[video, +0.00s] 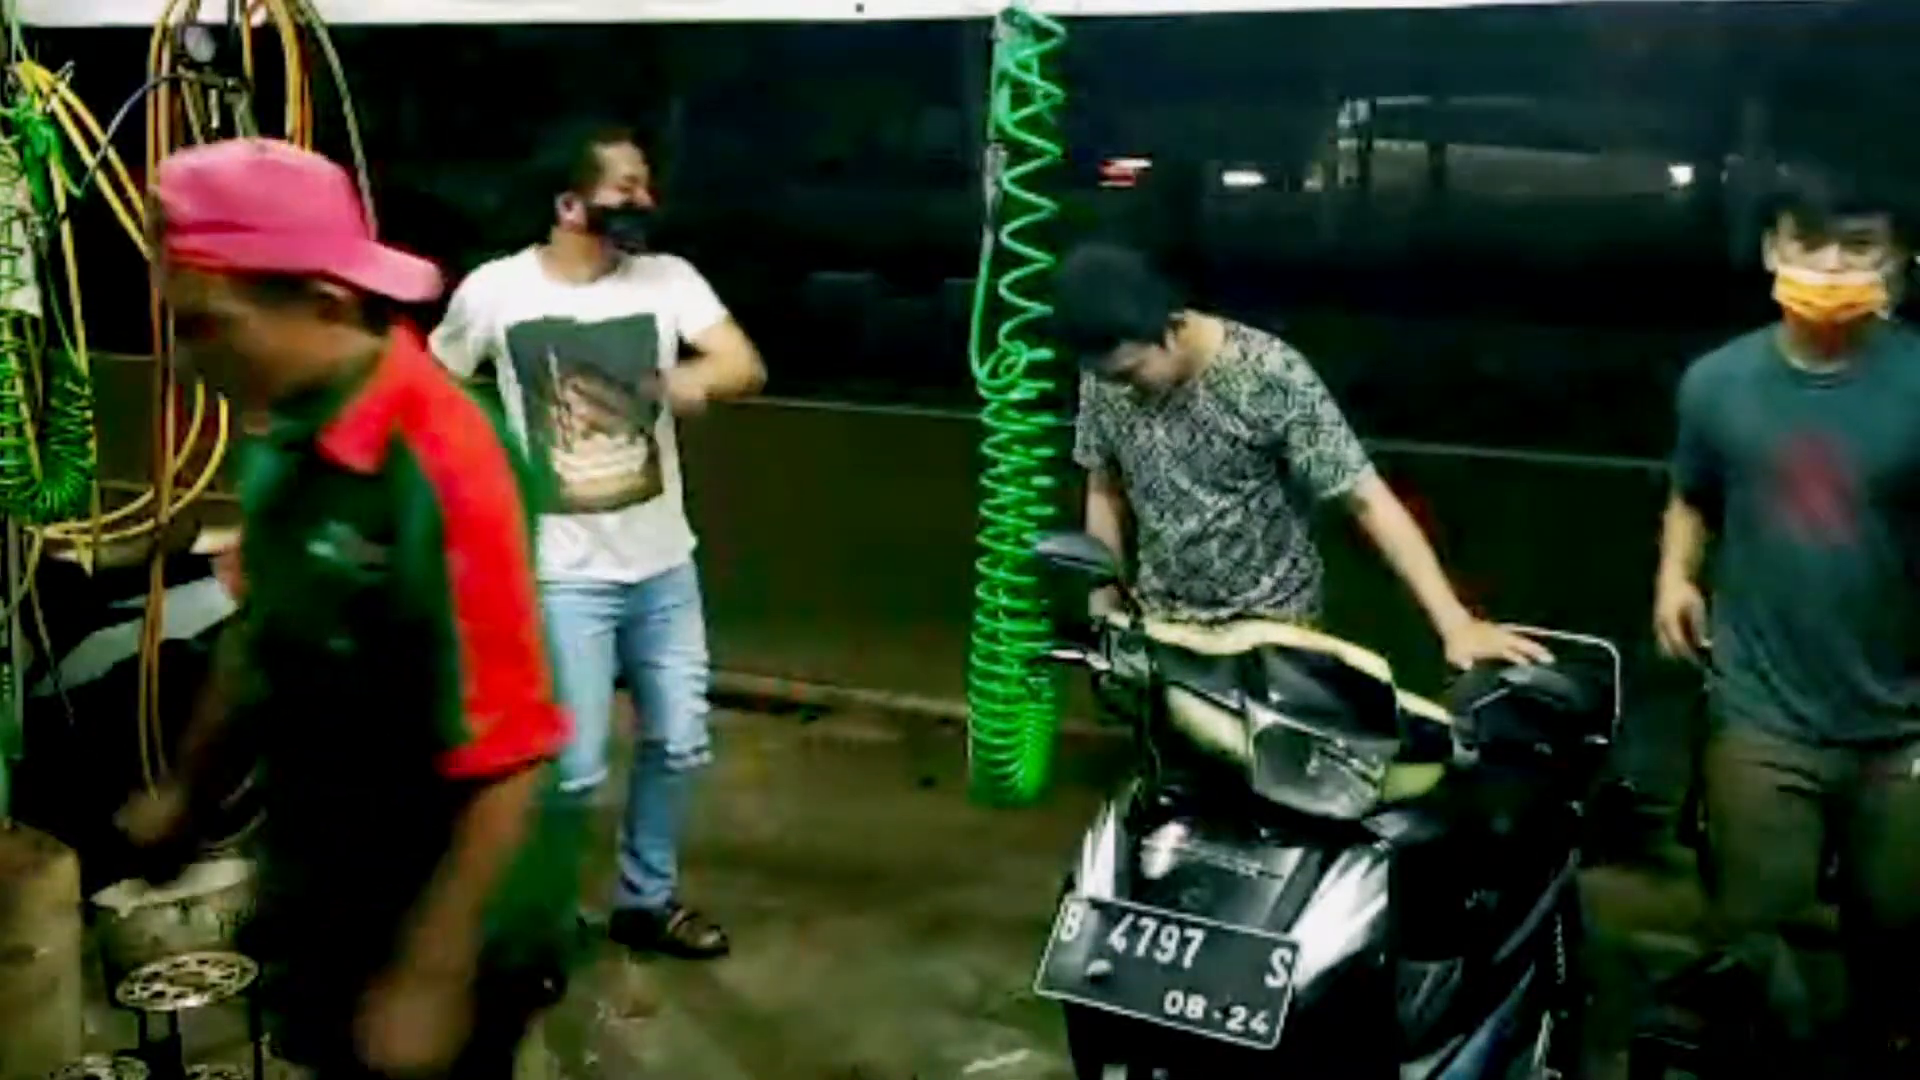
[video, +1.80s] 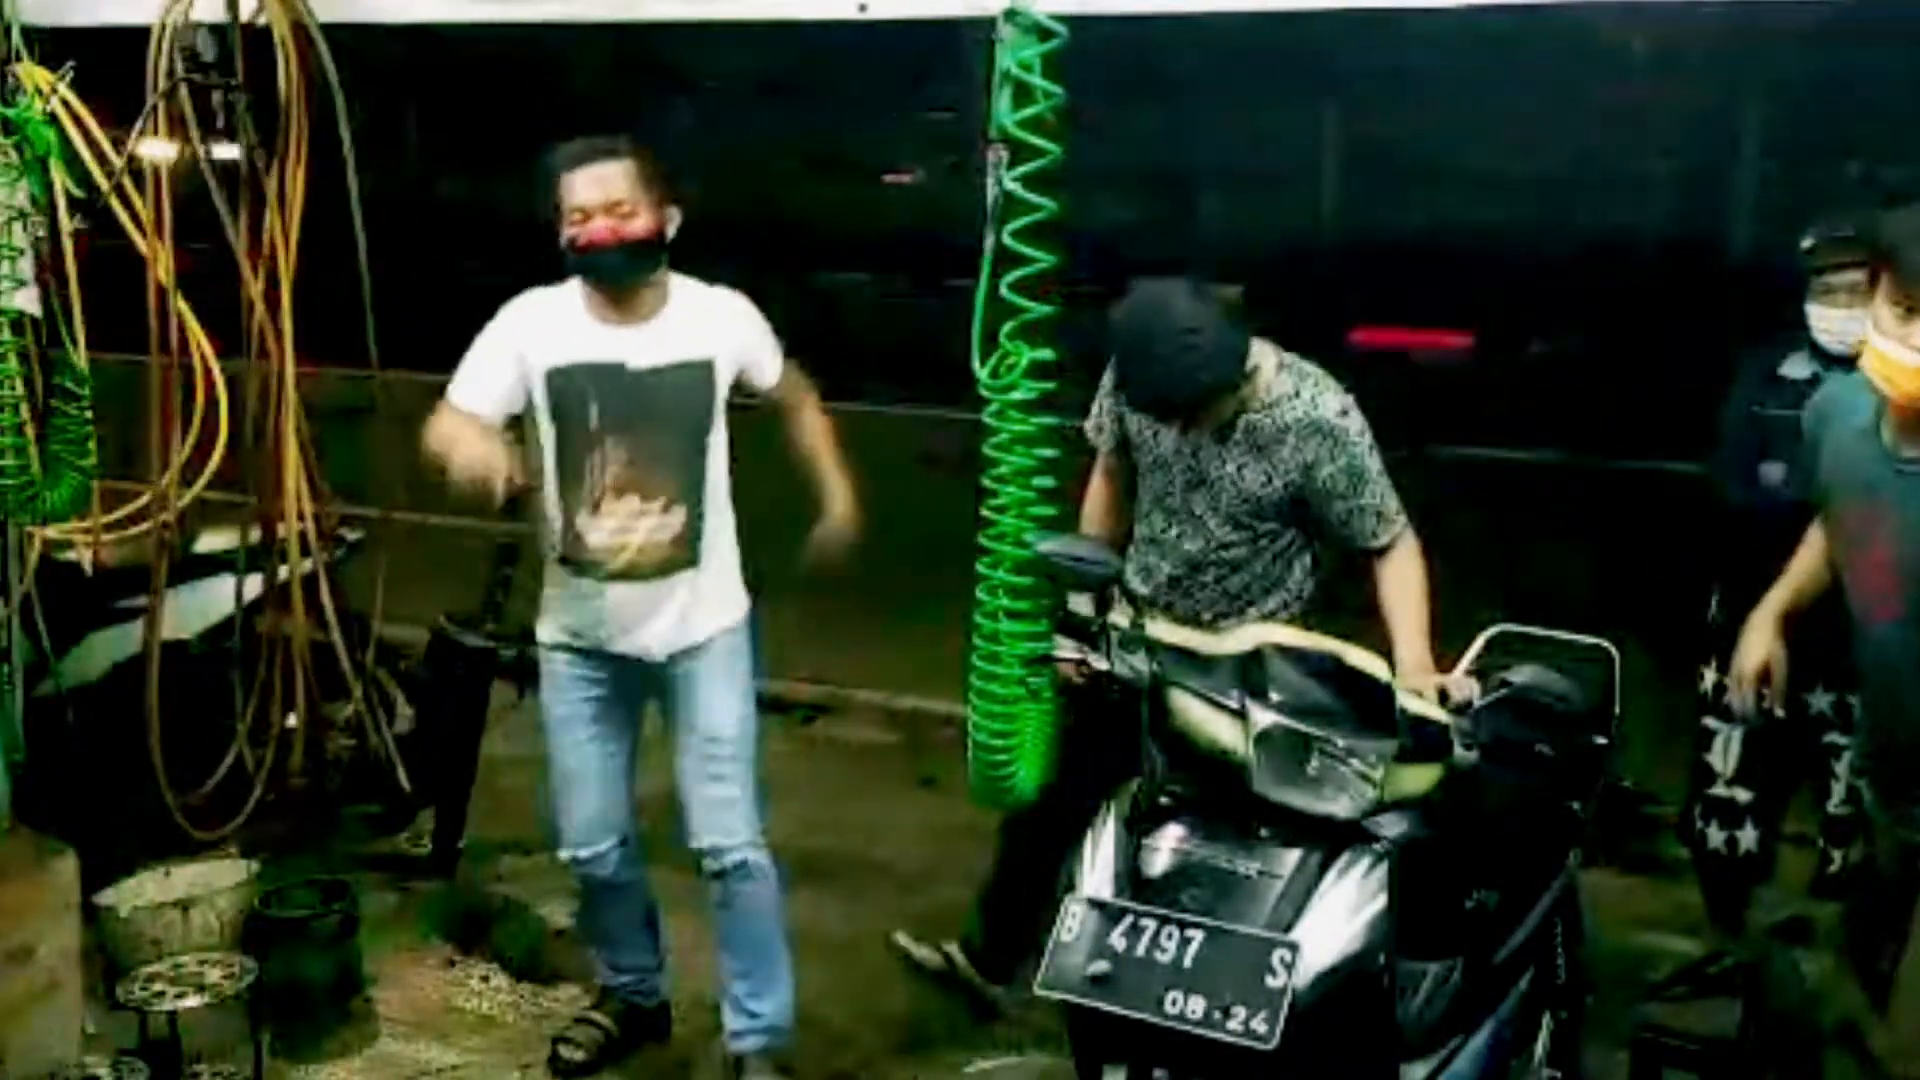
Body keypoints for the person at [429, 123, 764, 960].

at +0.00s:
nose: (641, 201)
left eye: (644, 186)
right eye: (623, 187)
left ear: (648, 198)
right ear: (570, 202)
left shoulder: (665, 281)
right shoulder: (495, 292)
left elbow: (741, 364)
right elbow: (427, 394)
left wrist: (683, 381)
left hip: (662, 562)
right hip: (562, 570)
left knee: (679, 744)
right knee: (576, 766)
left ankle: (647, 902)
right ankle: (546, 915)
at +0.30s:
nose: (620, 238)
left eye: (620, 219)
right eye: (602, 223)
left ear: (607, 229)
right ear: (545, 234)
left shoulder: (632, 309)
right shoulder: (461, 335)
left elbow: (675, 408)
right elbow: (416, 442)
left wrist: (683, 505)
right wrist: (452, 546)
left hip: (624, 591)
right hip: (520, 596)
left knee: (682, 747)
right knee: (546, 777)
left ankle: (645, 903)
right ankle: (530, 926)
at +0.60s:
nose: (631, 226)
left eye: (630, 210)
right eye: (615, 213)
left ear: (588, 234)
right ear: (560, 231)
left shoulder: (595, 305)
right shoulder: (490, 324)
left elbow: (591, 394)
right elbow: (461, 455)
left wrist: (639, 414)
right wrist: (557, 473)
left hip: (609, 582)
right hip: (516, 599)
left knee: (668, 746)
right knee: (551, 787)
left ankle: (665, 924)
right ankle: (532, 927)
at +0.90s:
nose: (666, 227)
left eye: (671, 214)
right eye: (649, 212)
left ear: (668, 225)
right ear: (592, 223)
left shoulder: (657, 303)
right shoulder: (533, 313)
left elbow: (665, 393)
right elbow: (485, 440)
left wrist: (723, 456)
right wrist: (581, 439)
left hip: (655, 578)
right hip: (559, 595)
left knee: (702, 755)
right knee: (591, 789)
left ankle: (668, 928)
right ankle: (531, 918)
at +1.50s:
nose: (579, 217)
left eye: (596, 198)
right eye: (560, 204)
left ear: (635, 208)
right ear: (540, 223)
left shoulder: (696, 316)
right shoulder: (517, 326)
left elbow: (739, 448)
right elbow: (499, 438)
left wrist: (652, 458)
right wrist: (498, 552)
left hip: (680, 611)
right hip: (561, 617)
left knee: (718, 820)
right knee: (570, 833)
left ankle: (695, 913)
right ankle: (632, 989)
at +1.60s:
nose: (576, 245)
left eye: (591, 223)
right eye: (556, 232)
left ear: (635, 229)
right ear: (538, 249)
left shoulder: (701, 343)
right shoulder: (515, 353)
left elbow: (744, 479)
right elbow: (493, 475)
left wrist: (722, 578)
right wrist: (498, 584)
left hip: (686, 637)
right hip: (564, 642)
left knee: (717, 839)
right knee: (568, 852)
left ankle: (728, 960)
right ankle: (634, 993)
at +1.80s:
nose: (603, 233)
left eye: (620, 212)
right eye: (583, 218)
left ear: (664, 216)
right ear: (561, 232)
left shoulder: (721, 318)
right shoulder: (529, 326)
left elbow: (793, 397)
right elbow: (446, 426)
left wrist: (838, 496)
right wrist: (474, 450)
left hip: (704, 619)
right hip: (580, 627)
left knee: (727, 840)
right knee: (591, 844)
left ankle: (757, 1042)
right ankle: (634, 1000)